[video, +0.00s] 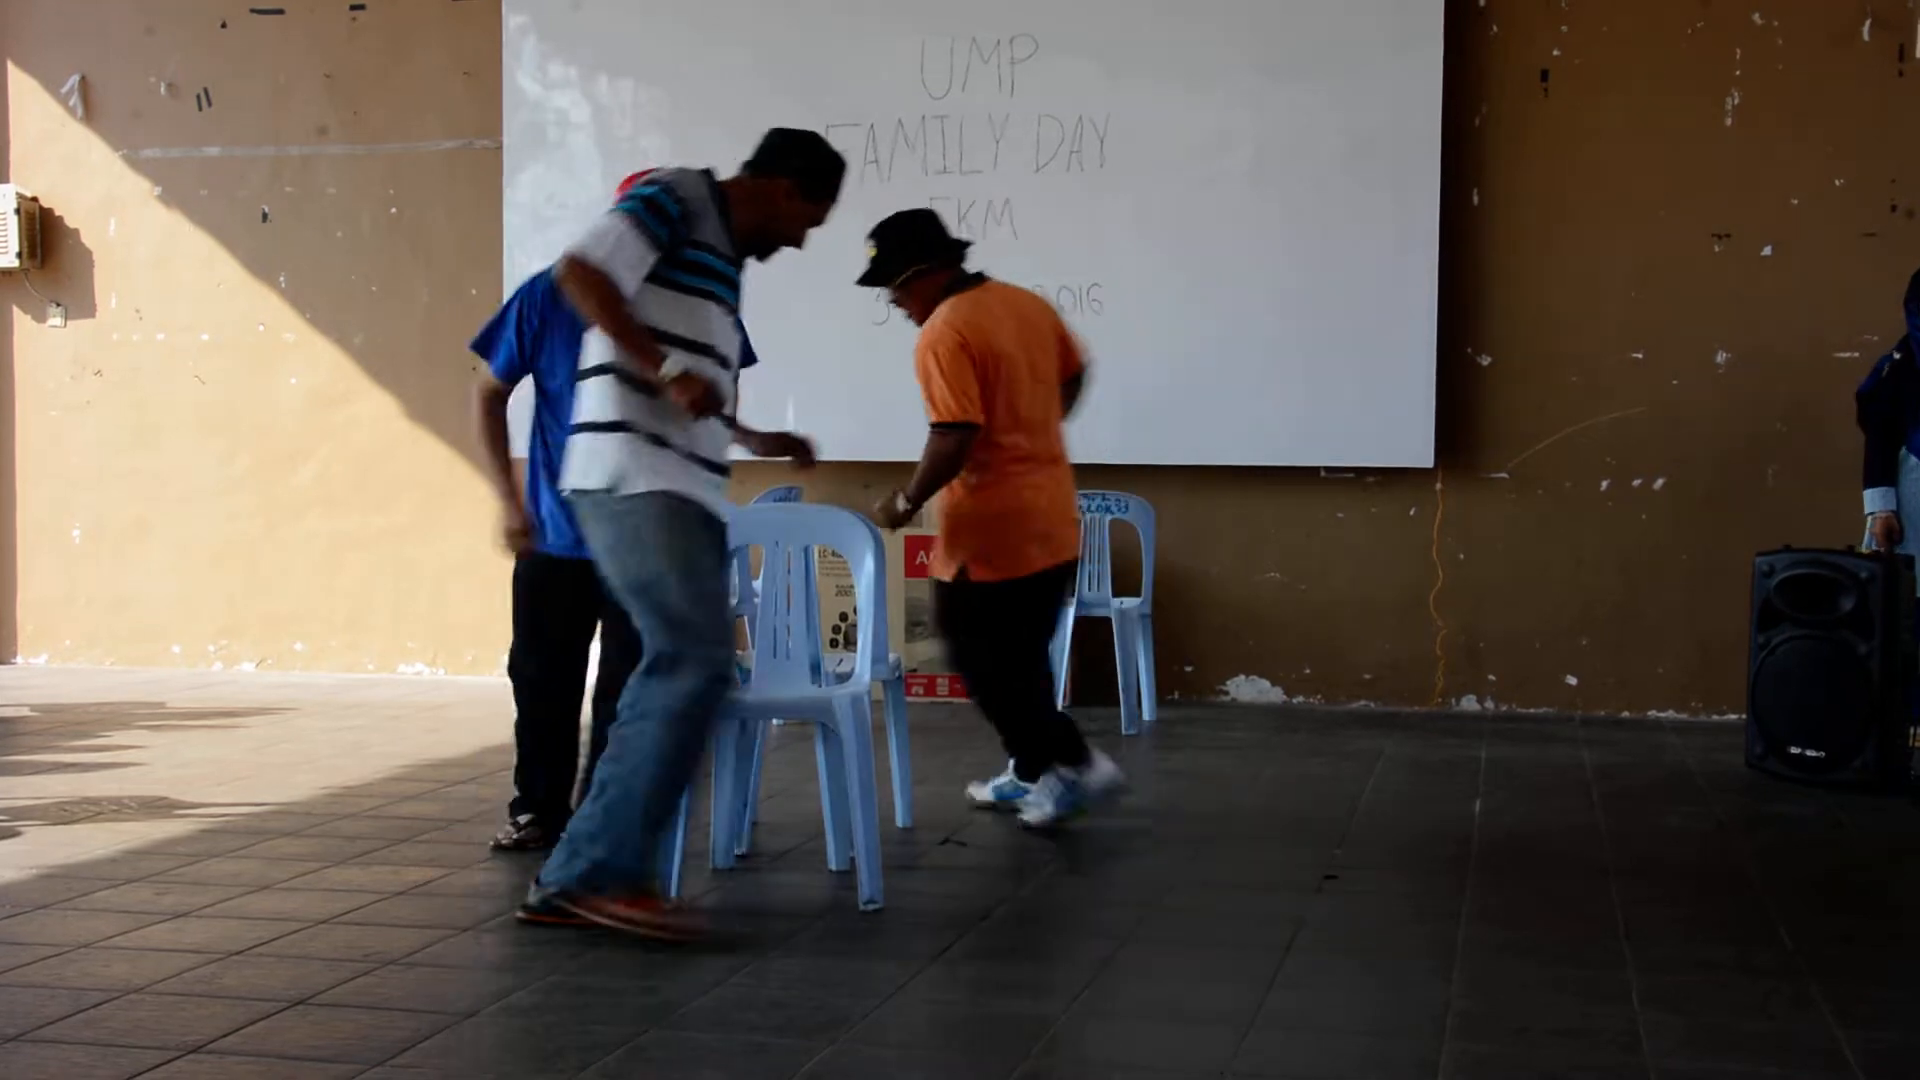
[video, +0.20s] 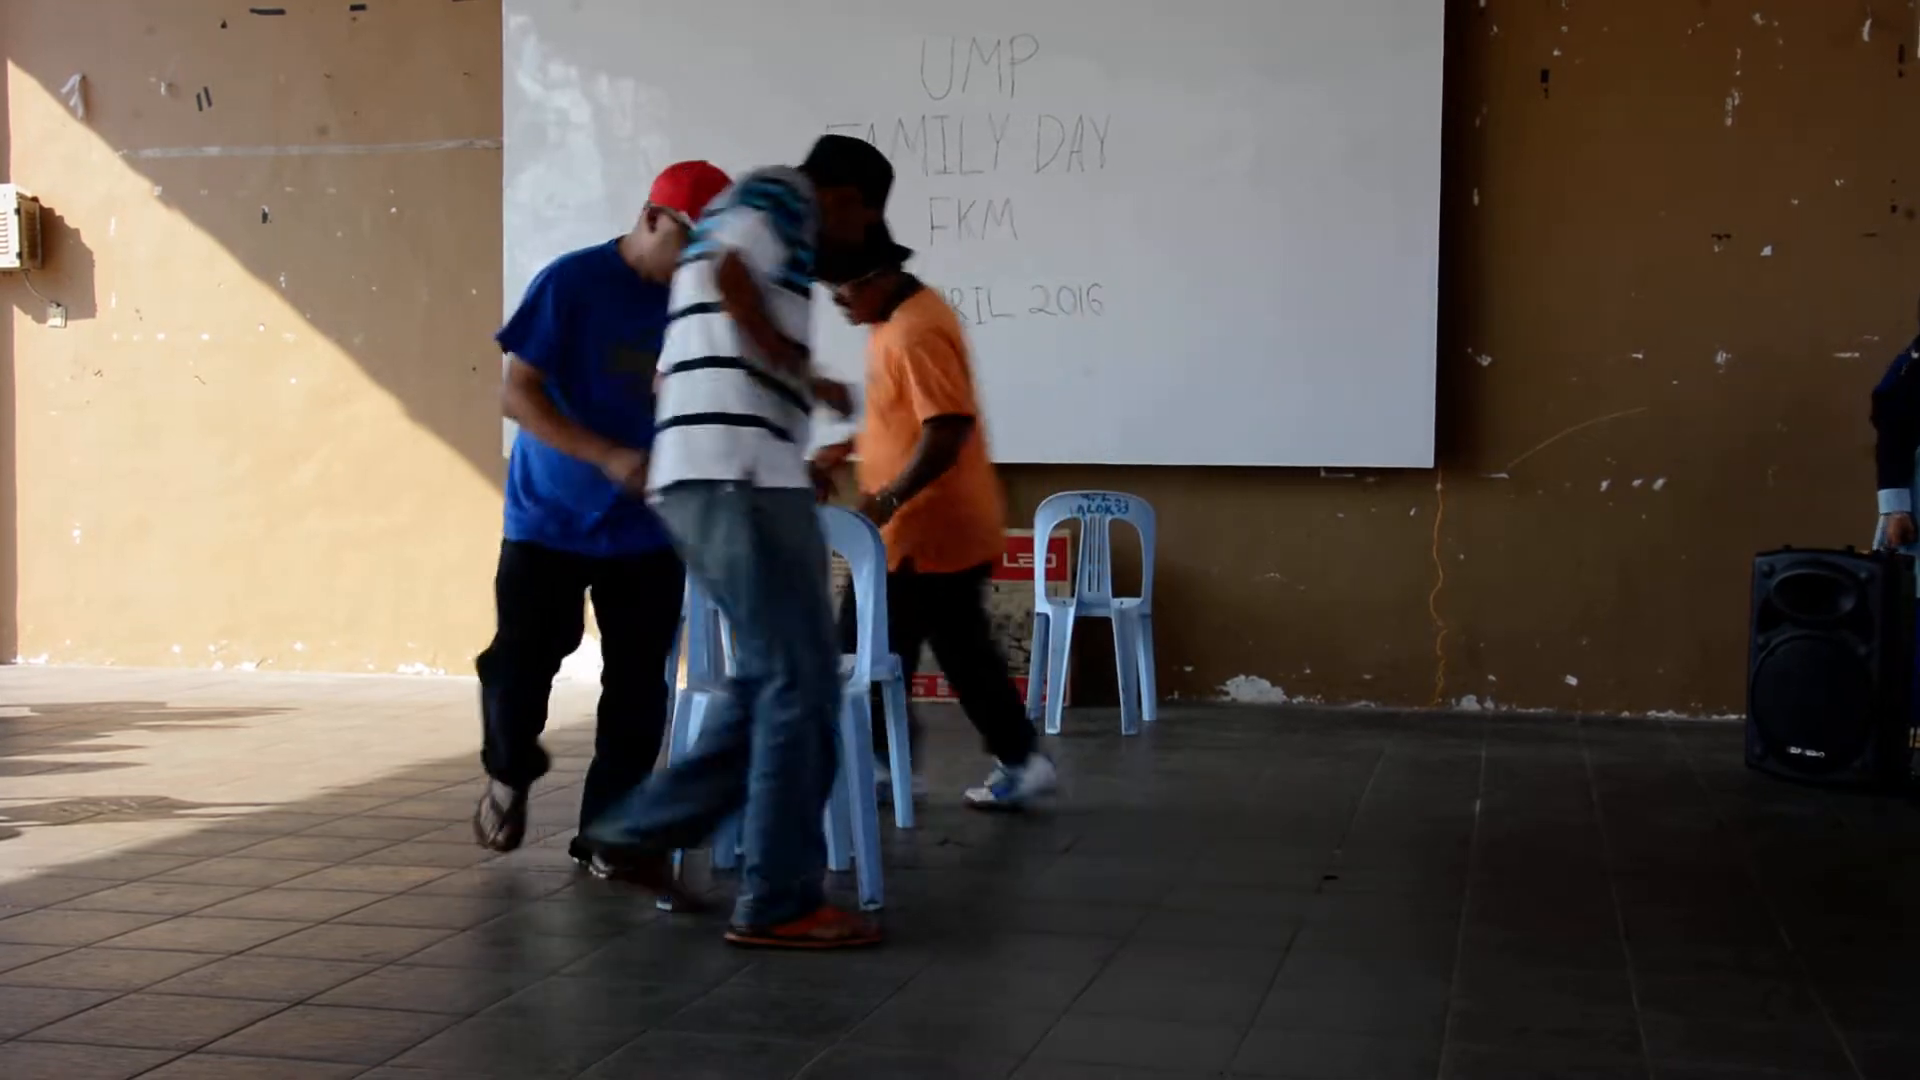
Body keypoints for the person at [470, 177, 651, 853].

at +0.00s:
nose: (643, 235)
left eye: (660, 221)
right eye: (638, 216)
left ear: (678, 233)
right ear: (616, 220)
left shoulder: (686, 307)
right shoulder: (555, 294)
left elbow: (702, 412)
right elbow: (489, 393)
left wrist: (755, 441)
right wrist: (511, 499)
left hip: (639, 534)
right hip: (557, 531)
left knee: (627, 689)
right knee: (541, 680)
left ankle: (607, 819)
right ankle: (539, 809)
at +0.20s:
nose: (692, 255)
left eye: (703, 243)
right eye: (686, 237)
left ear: (706, 241)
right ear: (652, 218)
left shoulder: (694, 301)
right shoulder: (570, 283)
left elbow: (710, 398)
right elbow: (515, 395)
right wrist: (610, 454)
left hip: (646, 529)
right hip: (549, 523)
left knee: (638, 687)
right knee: (520, 660)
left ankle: (610, 833)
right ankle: (509, 775)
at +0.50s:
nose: (724, 241)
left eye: (731, 227)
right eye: (722, 220)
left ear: (688, 202)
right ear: (684, 195)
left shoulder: (671, 283)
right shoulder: (606, 256)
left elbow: (671, 383)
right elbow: (594, 383)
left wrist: (747, 409)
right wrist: (698, 444)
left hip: (641, 534)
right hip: (578, 527)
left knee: (638, 704)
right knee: (577, 707)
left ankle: (580, 839)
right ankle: (550, 887)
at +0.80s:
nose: (756, 236)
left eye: (764, 223)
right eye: (760, 216)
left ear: (700, 184)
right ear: (728, 191)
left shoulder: (640, 238)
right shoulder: (673, 243)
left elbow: (649, 395)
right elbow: (710, 379)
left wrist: (727, 459)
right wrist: (766, 447)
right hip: (618, 515)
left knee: (578, 697)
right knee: (683, 694)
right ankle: (579, 884)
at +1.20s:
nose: (819, 293)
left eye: (825, 281)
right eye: (823, 276)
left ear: (761, 239)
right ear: (805, 255)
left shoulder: (690, 277)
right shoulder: (778, 301)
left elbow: (665, 437)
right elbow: (802, 444)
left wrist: (761, 496)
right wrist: (852, 469)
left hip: (577, 508)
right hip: (641, 520)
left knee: (666, 702)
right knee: (701, 705)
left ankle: (642, 883)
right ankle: (629, 903)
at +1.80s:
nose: (851, 241)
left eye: (852, 230)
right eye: (851, 227)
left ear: (776, 201)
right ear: (833, 208)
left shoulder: (722, 261)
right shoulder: (822, 248)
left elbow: (732, 410)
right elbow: (850, 389)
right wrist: (870, 489)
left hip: (669, 503)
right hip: (731, 507)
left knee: (761, 699)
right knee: (776, 702)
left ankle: (672, 845)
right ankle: (704, 924)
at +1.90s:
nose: (866, 233)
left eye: (865, 223)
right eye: (866, 220)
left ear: (786, 200)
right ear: (851, 205)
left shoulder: (735, 263)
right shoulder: (848, 250)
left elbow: (749, 404)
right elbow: (867, 400)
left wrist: (876, 437)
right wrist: (849, 507)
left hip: (692, 503)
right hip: (754, 507)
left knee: (835, 665)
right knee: (769, 701)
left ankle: (763, 865)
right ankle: (703, 918)